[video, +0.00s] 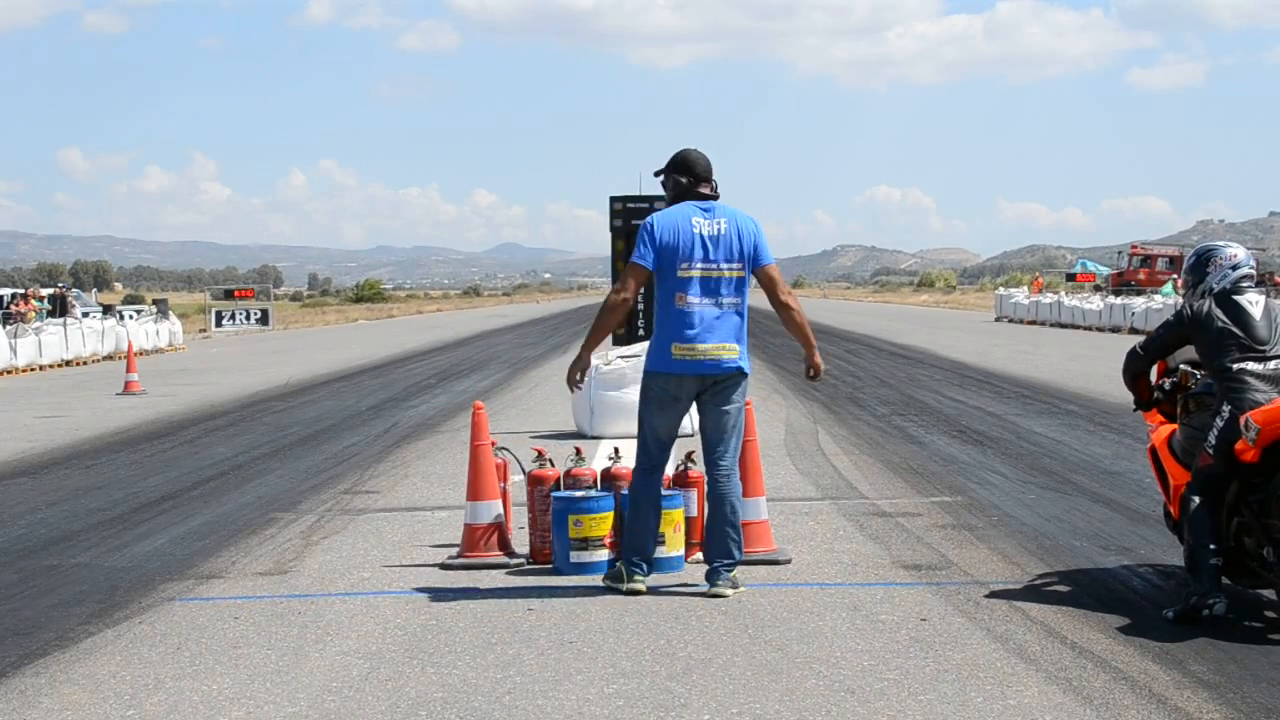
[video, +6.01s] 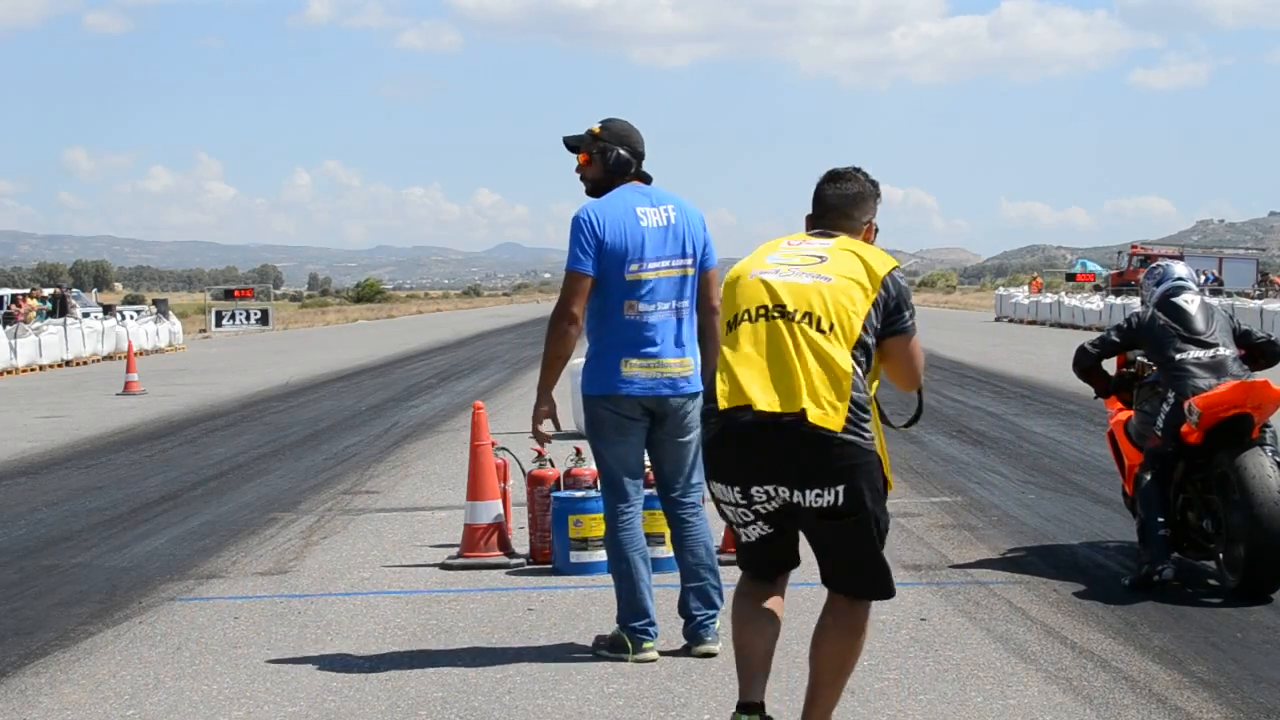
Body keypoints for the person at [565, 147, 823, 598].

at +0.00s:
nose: (662, 188)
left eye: (665, 182)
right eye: (663, 181)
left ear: (677, 183)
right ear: (711, 185)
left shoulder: (659, 225)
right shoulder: (745, 225)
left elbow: (624, 294)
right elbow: (782, 296)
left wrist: (585, 352)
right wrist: (812, 349)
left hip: (671, 362)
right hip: (729, 360)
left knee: (650, 464)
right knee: (723, 467)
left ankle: (635, 567)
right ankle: (723, 571)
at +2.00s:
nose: (568, 196)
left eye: (570, 188)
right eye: (568, 188)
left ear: (585, 186)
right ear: (616, 185)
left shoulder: (571, 230)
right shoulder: (659, 223)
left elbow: (523, 291)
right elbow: (698, 292)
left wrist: (497, 336)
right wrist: (723, 344)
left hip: (596, 366)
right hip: (653, 362)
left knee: (605, 468)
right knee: (658, 462)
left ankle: (616, 572)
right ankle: (667, 568)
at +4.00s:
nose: (528, 184)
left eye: (530, 177)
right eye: (528, 177)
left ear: (544, 178)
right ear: (581, 177)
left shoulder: (523, 228)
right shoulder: (624, 220)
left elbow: (500, 319)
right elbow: (649, 307)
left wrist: (487, 390)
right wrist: (649, 370)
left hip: (553, 375)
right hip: (616, 371)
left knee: (561, 485)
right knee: (629, 477)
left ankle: (570, 605)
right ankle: (641, 593)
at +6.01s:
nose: (578, 169)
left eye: (585, 159)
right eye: (579, 159)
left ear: (610, 161)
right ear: (635, 163)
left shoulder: (594, 218)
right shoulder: (690, 215)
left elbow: (570, 317)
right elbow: (711, 308)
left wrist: (545, 391)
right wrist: (709, 379)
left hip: (614, 386)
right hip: (682, 382)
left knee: (623, 508)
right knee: (688, 500)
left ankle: (638, 633)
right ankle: (704, 626)